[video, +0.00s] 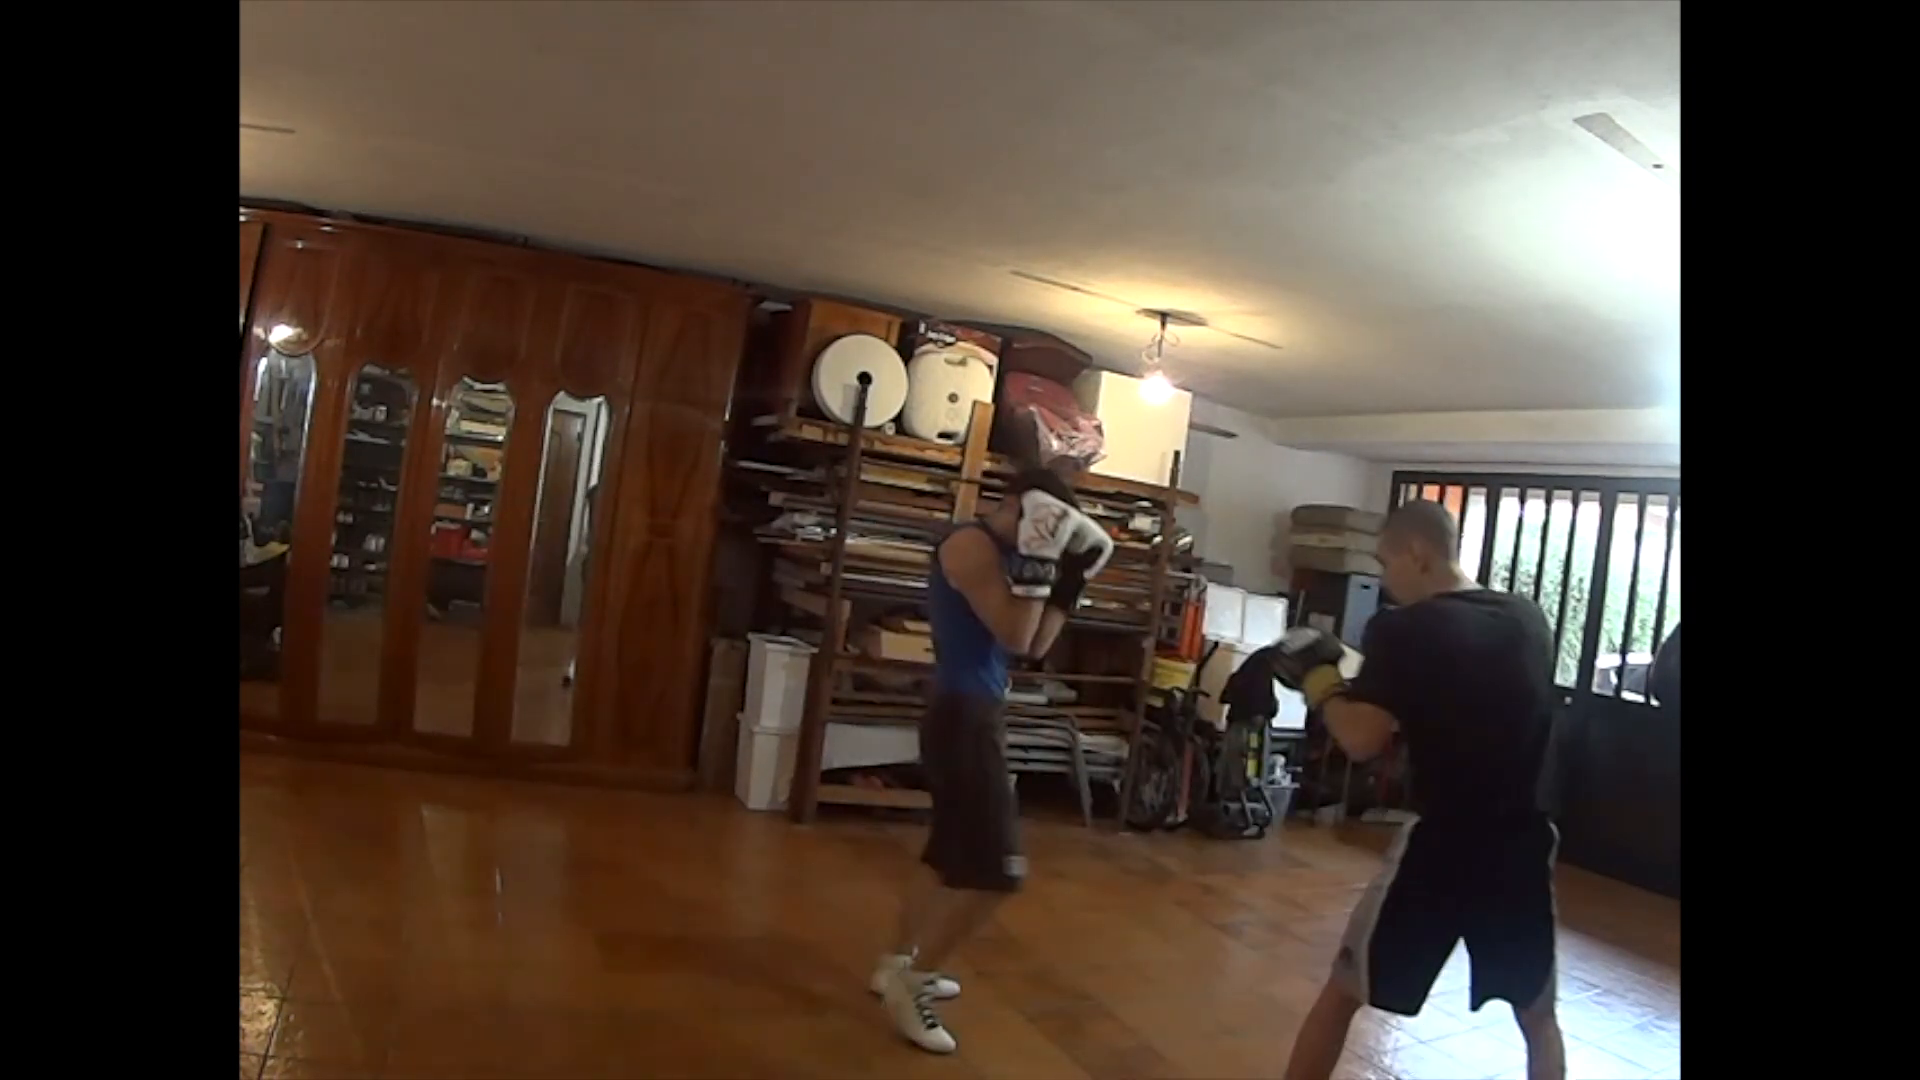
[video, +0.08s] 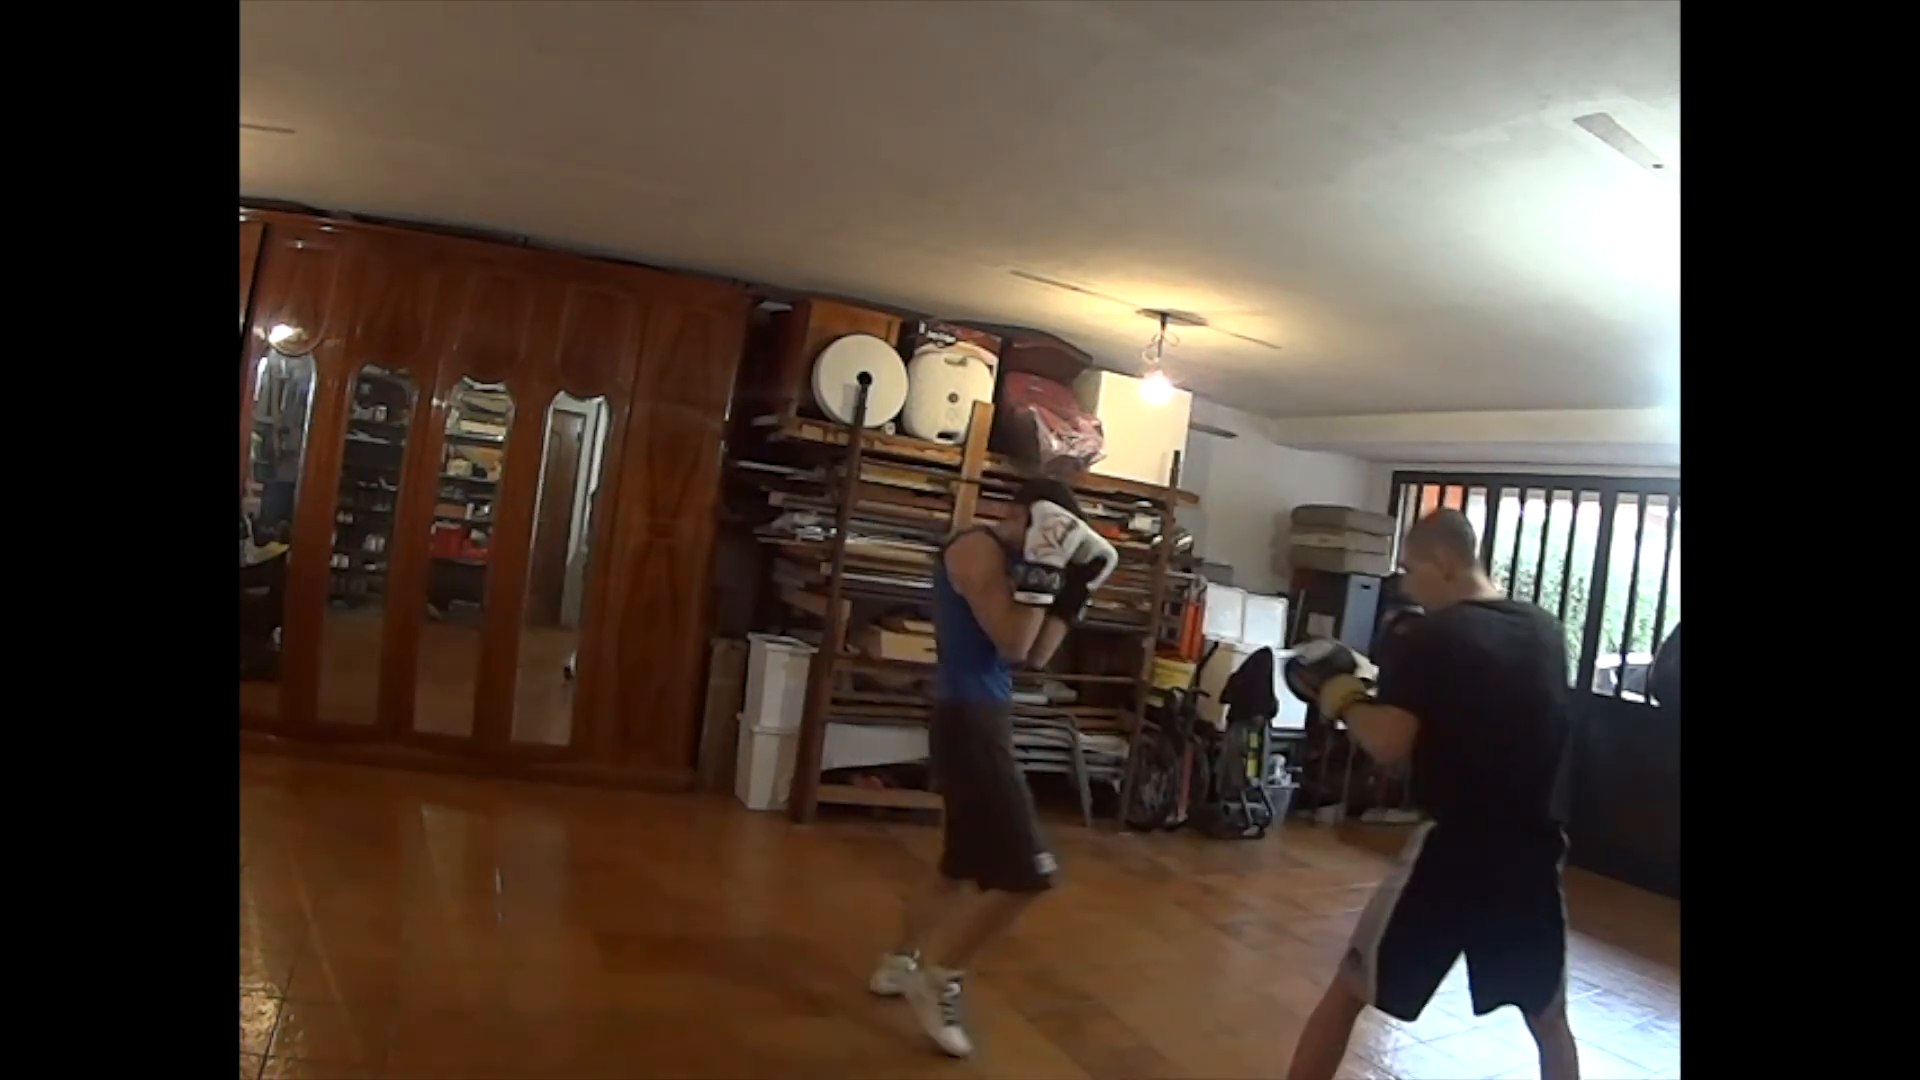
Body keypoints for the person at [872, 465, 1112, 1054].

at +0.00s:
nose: (1049, 532)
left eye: (1056, 523)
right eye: (1049, 518)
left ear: (1028, 508)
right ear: (1024, 503)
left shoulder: (1005, 554)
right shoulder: (968, 545)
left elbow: (1036, 643)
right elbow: (1018, 635)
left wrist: (1073, 579)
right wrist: (1047, 565)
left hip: (975, 719)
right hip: (963, 721)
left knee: (948, 859)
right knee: (997, 873)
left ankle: (902, 960)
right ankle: (912, 979)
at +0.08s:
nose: (1049, 542)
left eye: (1057, 533)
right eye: (1050, 530)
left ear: (1038, 525)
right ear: (1024, 511)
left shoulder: (1007, 560)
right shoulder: (974, 547)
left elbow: (1039, 652)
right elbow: (1015, 642)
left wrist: (1076, 591)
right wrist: (1045, 572)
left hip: (981, 725)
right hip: (969, 726)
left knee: (962, 864)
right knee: (1028, 876)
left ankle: (901, 961)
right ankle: (936, 978)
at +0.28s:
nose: (1078, 535)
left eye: (1083, 525)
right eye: (1077, 522)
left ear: (1061, 521)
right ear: (1054, 511)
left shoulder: (1038, 557)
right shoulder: (1003, 547)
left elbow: (1072, 652)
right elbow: (1045, 638)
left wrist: (1108, 586)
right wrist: (1073, 566)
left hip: (1005, 723)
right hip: (1000, 724)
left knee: (966, 856)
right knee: (1051, 881)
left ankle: (899, 963)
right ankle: (1048, 1029)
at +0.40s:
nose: (1106, 552)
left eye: (1113, 544)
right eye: (1106, 540)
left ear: (1083, 531)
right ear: (1079, 525)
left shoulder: (1059, 567)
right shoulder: (1032, 559)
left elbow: (1099, 666)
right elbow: (1075, 660)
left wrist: (1139, 593)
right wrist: (1102, 582)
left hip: (1019, 743)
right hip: (1019, 746)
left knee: (970, 867)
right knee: (1066, 903)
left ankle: (899, 965)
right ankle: (1093, 1046)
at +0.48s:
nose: (1129, 570)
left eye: (1136, 561)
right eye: (1131, 557)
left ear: (1103, 541)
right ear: (1106, 540)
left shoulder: (1067, 579)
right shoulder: (1052, 576)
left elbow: (1120, 678)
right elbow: (1101, 675)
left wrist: (1156, 619)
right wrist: (1128, 606)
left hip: (1019, 757)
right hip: (1035, 762)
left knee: (982, 875)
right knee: (1084, 915)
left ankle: (900, 966)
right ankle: (1099, 1056)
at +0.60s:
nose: (1167, 591)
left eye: (1177, 581)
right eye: (1169, 575)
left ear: (1146, 555)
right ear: (1145, 553)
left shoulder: (1087, 588)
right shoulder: (1100, 604)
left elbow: (1140, 684)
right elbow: (1153, 702)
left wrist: (1176, 630)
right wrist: (1185, 627)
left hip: (1031, 763)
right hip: (1051, 771)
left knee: (990, 882)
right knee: (1119, 920)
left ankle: (900, 966)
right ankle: (1114, 1063)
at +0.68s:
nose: (1185, 597)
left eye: (1194, 586)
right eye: (1188, 581)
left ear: (1166, 559)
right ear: (1166, 558)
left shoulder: (1108, 587)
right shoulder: (1119, 602)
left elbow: (1162, 687)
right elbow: (1172, 704)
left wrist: (1190, 628)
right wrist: (1206, 628)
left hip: (1036, 758)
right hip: (1057, 767)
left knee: (994, 874)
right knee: (1121, 921)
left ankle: (905, 965)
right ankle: (1114, 1063)